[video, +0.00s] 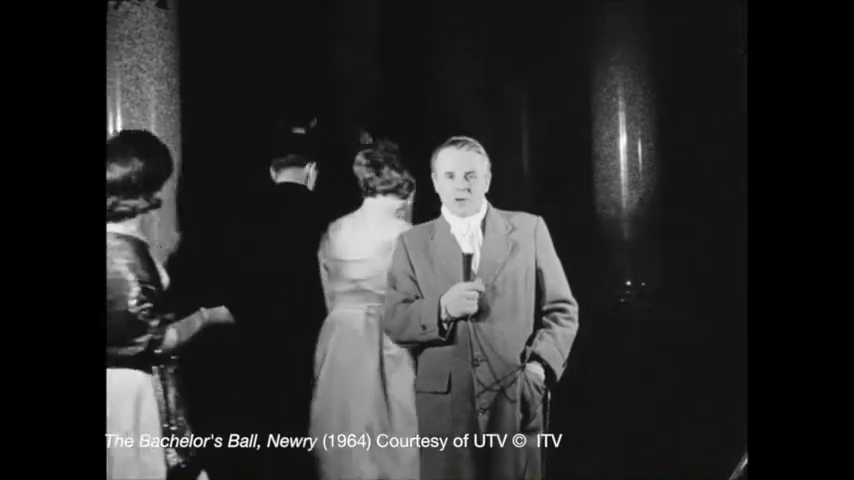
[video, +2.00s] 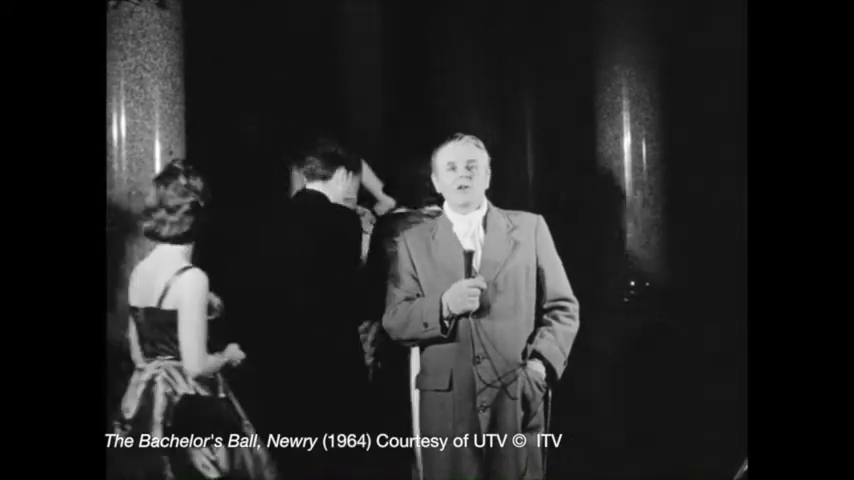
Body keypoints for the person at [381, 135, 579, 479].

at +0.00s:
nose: (460, 186)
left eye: (470, 175)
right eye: (449, 176)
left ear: (488, 181)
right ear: (435, 182)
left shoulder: (529, 230)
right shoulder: (411, 243)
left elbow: (561, 309)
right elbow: (394, 319)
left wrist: (540, 365)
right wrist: (440, 309)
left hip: (513, 397)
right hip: (441, 398)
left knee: (518, 474)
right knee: (443, 474)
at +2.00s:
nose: (463, 173)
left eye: (472, 164)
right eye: (451, 166)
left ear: (488, 176)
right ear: (435, 181)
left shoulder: (530, 228)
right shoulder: (413, 242)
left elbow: (562, 306)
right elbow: (395, 319)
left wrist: (541, 363)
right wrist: (443, 306)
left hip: (516, 395)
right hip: (445, 397)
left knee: (520, 473)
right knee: (446, 473)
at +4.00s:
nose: (476, 178)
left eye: (486, 169)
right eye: (465, 170)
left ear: (503, 178)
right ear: (449, 180)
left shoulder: (541, 231)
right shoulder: (422, 241)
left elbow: (573, 310)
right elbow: (404, 320)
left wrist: (550, 366)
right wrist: (453, 306)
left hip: (524, 398)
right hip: (453, 398)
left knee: (525, 474)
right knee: (454, 473)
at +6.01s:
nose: (472, 184)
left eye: (483, 174)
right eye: (463, 174)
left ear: (505, 180)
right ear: (453, 181)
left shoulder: (545, 230)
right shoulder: (427, 240)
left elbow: (576, 310)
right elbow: (408, 318)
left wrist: (553, 365)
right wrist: (456, 308)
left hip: (527, 397)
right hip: (457, 397)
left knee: (530, 474)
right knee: (457, 474)